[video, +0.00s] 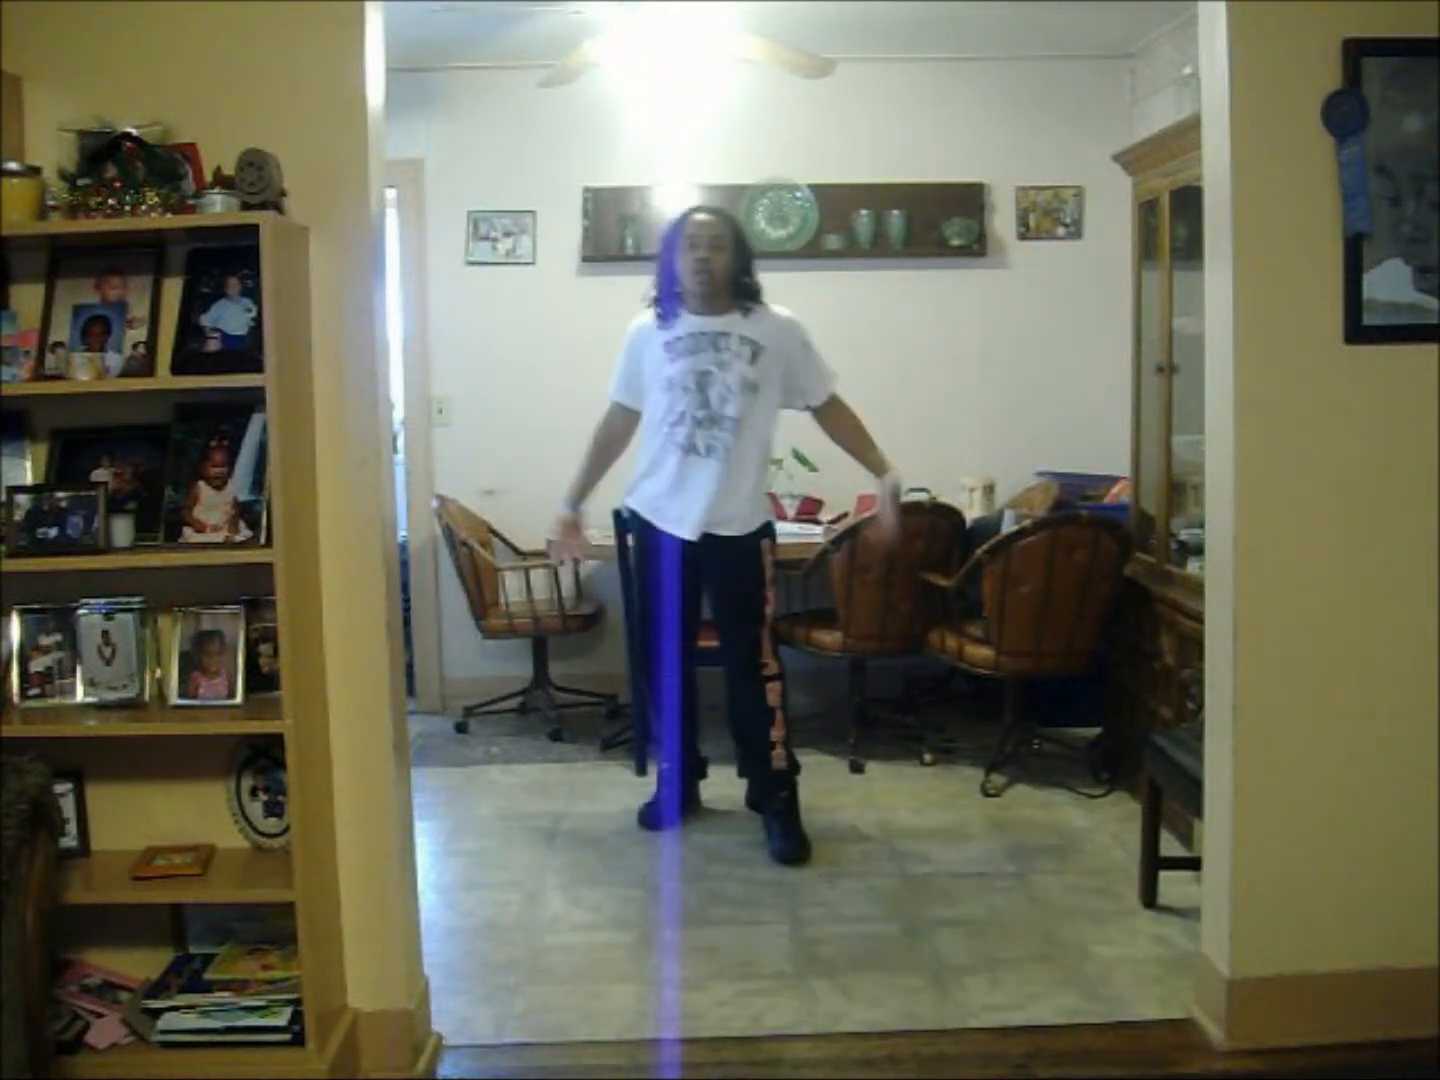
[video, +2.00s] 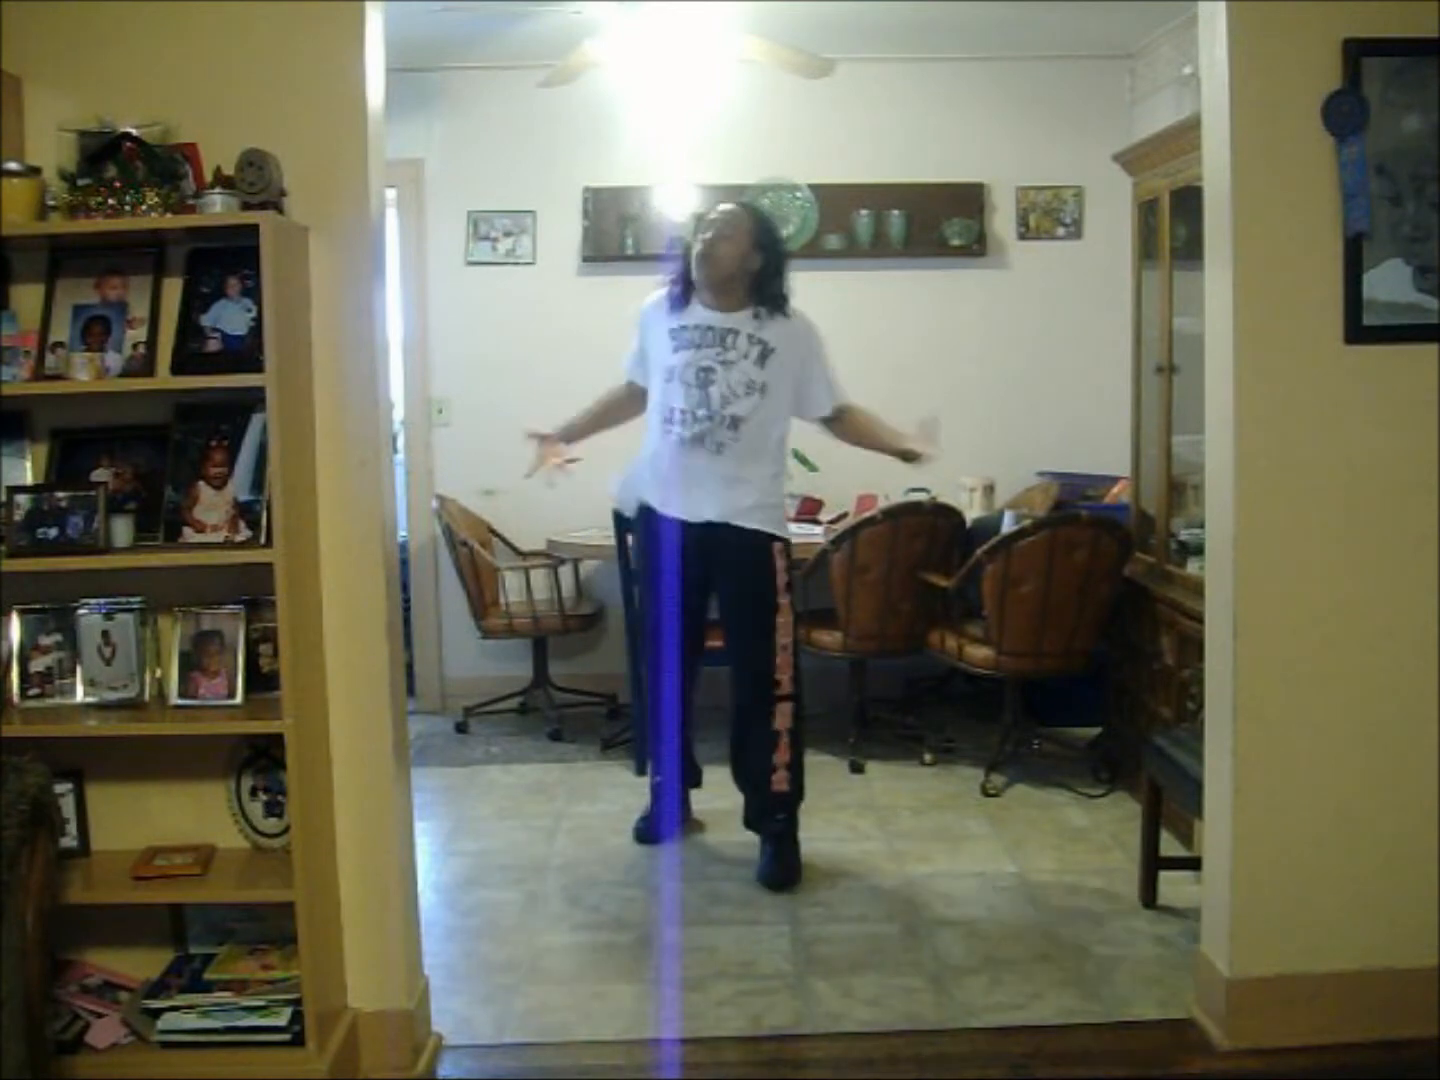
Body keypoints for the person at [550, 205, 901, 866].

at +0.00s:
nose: (702, 257)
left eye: (715, 247)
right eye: (691, 248)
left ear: (738, 259)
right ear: (671, 260)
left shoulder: (776, 333)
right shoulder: (648, 336)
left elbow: (828, 407)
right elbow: (619, 419)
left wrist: (885, 471)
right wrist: (573, 502)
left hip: (738, 522)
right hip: (657, 520)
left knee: (751, 660)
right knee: (662, 659)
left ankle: (777, 801)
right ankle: (675, 783)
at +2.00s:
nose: (709, 240)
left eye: (728, 233)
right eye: (705, 229)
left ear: (757, 258)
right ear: (691, 249)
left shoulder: (789, 331)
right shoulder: (661, 316)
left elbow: (834, 412)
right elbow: (635, 391)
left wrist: (896, 443)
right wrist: (567, 431)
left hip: (749, 517)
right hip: (665, 512)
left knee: (765, 670)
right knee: (664, 662)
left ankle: (777, 824)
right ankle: (669, 796)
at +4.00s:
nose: (690, 256)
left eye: (703, 244)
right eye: (678, 245)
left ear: (725, 255)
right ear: (656, 256)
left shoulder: (761, 336)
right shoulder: (630, 326)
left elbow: (785, 436)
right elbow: (628, 413)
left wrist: (775, 525)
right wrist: (714, 392)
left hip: (748, 511)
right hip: (667, 512)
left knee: (757, 661)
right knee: (657, 657)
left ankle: (751, 787)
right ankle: (670, 785)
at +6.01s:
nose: (838, 276)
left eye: (844, 262)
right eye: (822, 263)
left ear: (850, 264)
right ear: (778, 266)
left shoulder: (873, 305)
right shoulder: (739, 356)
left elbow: (881, 419)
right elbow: (719, 461)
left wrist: (851, 519)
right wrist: (701, 563)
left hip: (856, 536)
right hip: (769, 548)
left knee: (864, 697)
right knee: (791, 707)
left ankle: (888, 850)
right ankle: (801, 858)